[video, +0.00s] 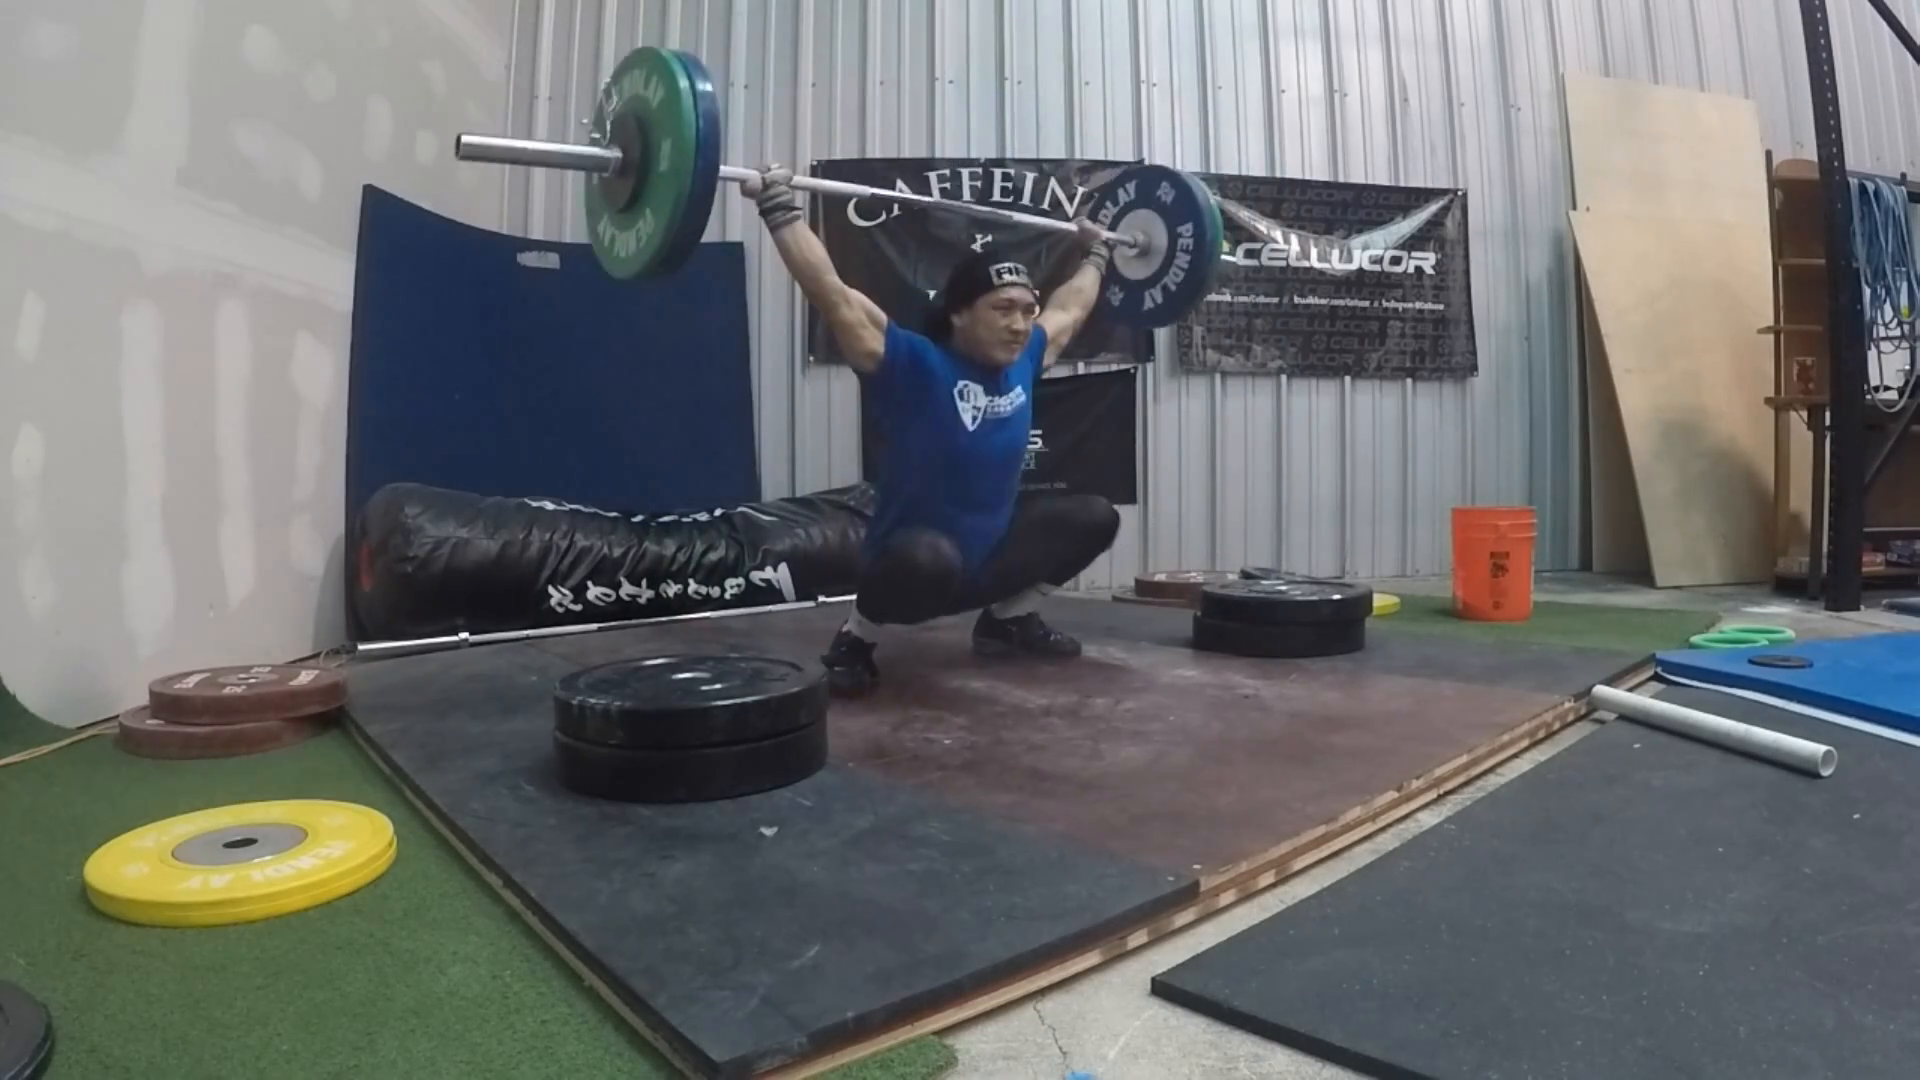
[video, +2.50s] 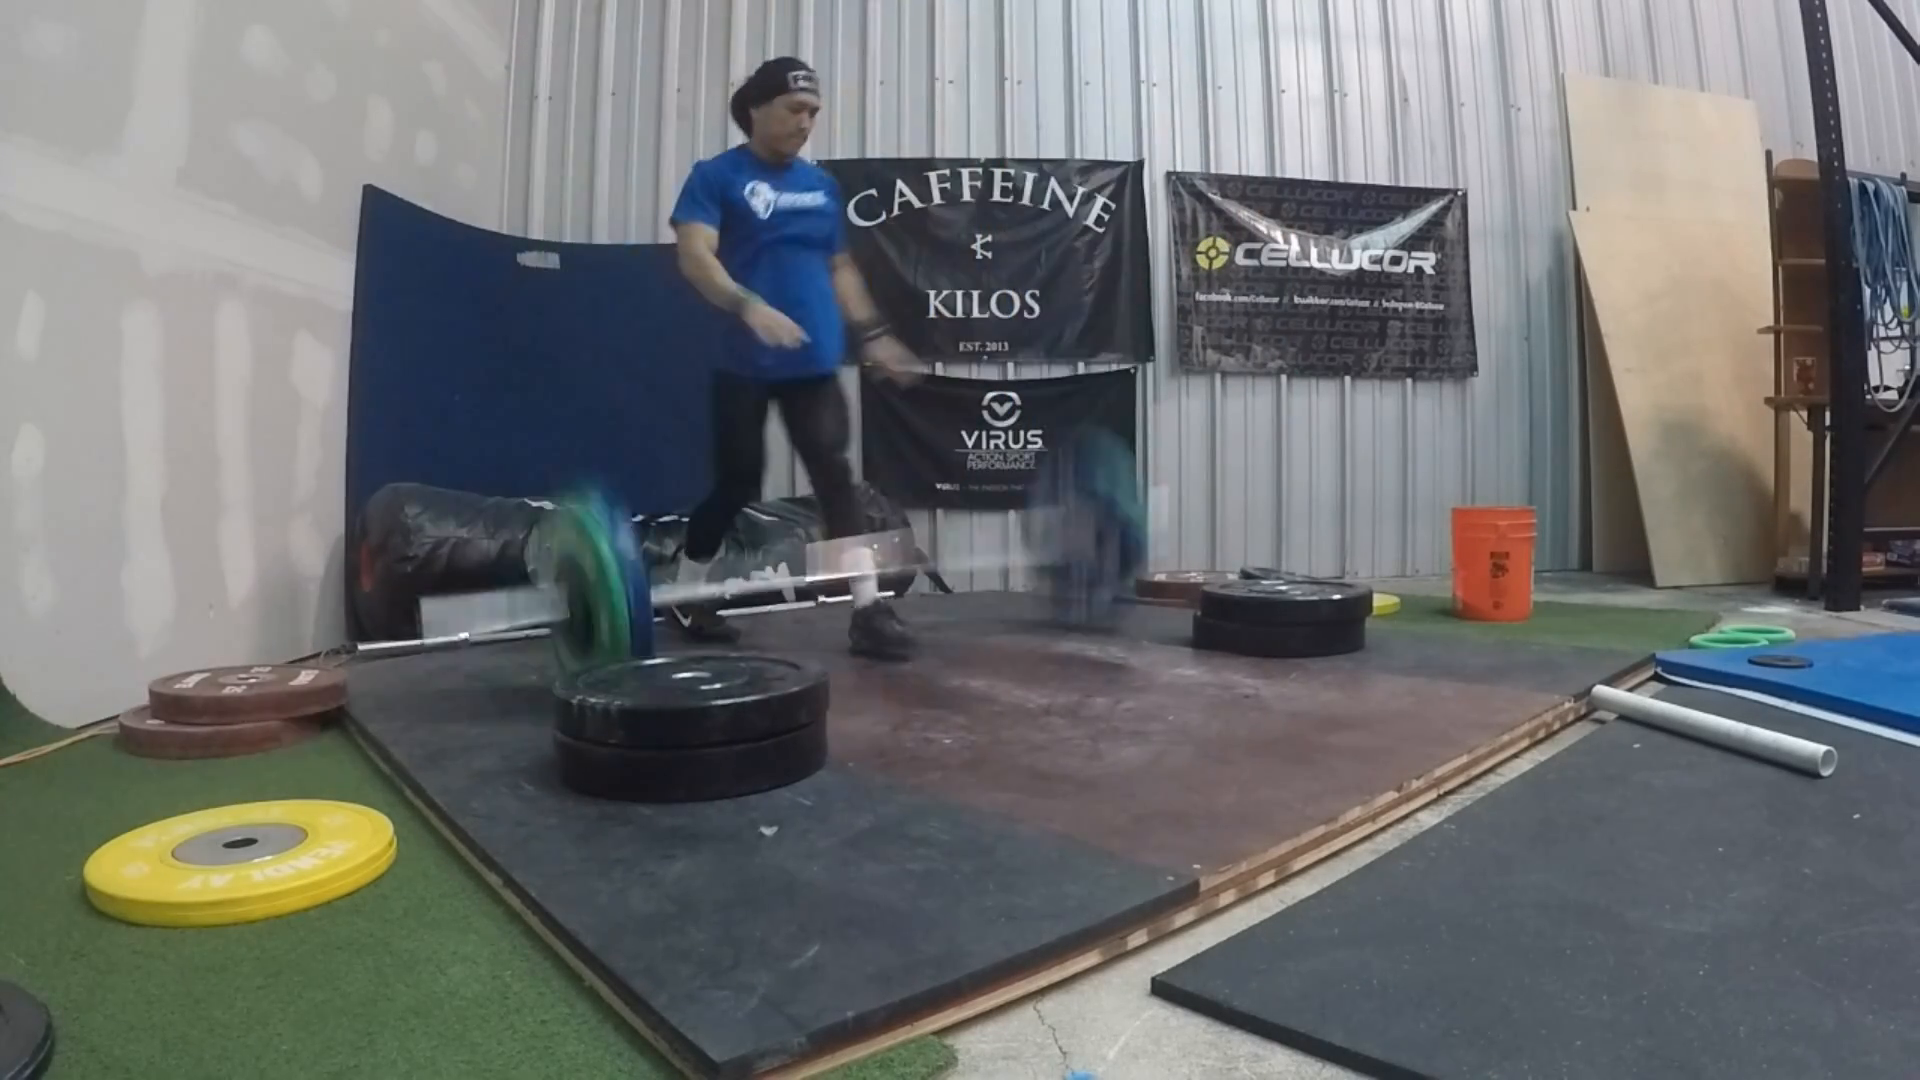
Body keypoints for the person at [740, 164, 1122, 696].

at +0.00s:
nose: (1020, 325)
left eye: (1027, 311)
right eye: (1004, 309)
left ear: (1033, 315)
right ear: (959, 315)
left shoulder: (1023, 359)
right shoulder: (911, 365)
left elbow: (1068, 309)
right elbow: (833, 297)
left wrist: (1095, 254)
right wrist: (780, 209)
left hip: (990, 560)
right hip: (912, 570)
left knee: (1093, 517)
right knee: (927, 555)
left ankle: (1006, 617)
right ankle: (856, 639)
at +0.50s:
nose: (986, 294)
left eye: (991, 283)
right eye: (970, 280)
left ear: (998, 293)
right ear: (927, 295)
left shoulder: (993, 335)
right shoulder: (881, 337)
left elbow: (1042, 279)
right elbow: (815, 267)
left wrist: (1075, 228)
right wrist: (757, 179)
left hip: (957, 535)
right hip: (883, 538)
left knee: (1058, 494)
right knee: (888, 507)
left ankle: (1005, 617)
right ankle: (847, 636)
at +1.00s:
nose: (998, 194)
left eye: (1001, 184)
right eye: (982, 182)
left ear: (1006, 200)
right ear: (938, 197)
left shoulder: (1006, 247)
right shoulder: (890, 244)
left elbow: (1052, 192)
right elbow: (820, 171)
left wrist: (1080, 148)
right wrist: (759, 87)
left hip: (954, 446)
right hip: (871, 439)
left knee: (1057, 487)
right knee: (895, 493)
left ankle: (1006, 616)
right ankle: (846, 633)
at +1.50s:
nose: (953, 68)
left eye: (959, 57)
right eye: (939, 52)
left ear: (962, 69)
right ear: (895, 60)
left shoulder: (959, 124)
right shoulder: (848, 112)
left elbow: (1011, 80)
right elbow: (775, 32)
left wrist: (1042, 40)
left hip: (917, 353)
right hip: (839, 345)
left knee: (981, 472)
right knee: (853, 475)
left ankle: (1001, 617)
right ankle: (827, 634)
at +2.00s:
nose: (891, 64)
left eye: (897, 53)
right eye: (879, 50)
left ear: (900, 61)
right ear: (836, 52)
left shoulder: (907, 113)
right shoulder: (797, 110)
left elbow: (970, 69)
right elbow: (731, 34)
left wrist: (1015, 23)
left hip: (900, 327)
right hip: (828, 328)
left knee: (897, 469)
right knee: (831, 463)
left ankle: (878, 613)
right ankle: (826, 629)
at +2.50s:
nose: (805, 122)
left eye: (811, 112)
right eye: (793, 110)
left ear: (815, 116)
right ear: (753, 112)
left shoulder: (821, 185)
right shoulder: (716, 176)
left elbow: (839, 268)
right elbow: (694, 257)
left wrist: (876, 337)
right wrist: (749, 307)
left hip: (813, 361)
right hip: (742, 362)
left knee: (835, 476)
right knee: (738, 483)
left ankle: (868, 609)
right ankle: (686, 586)